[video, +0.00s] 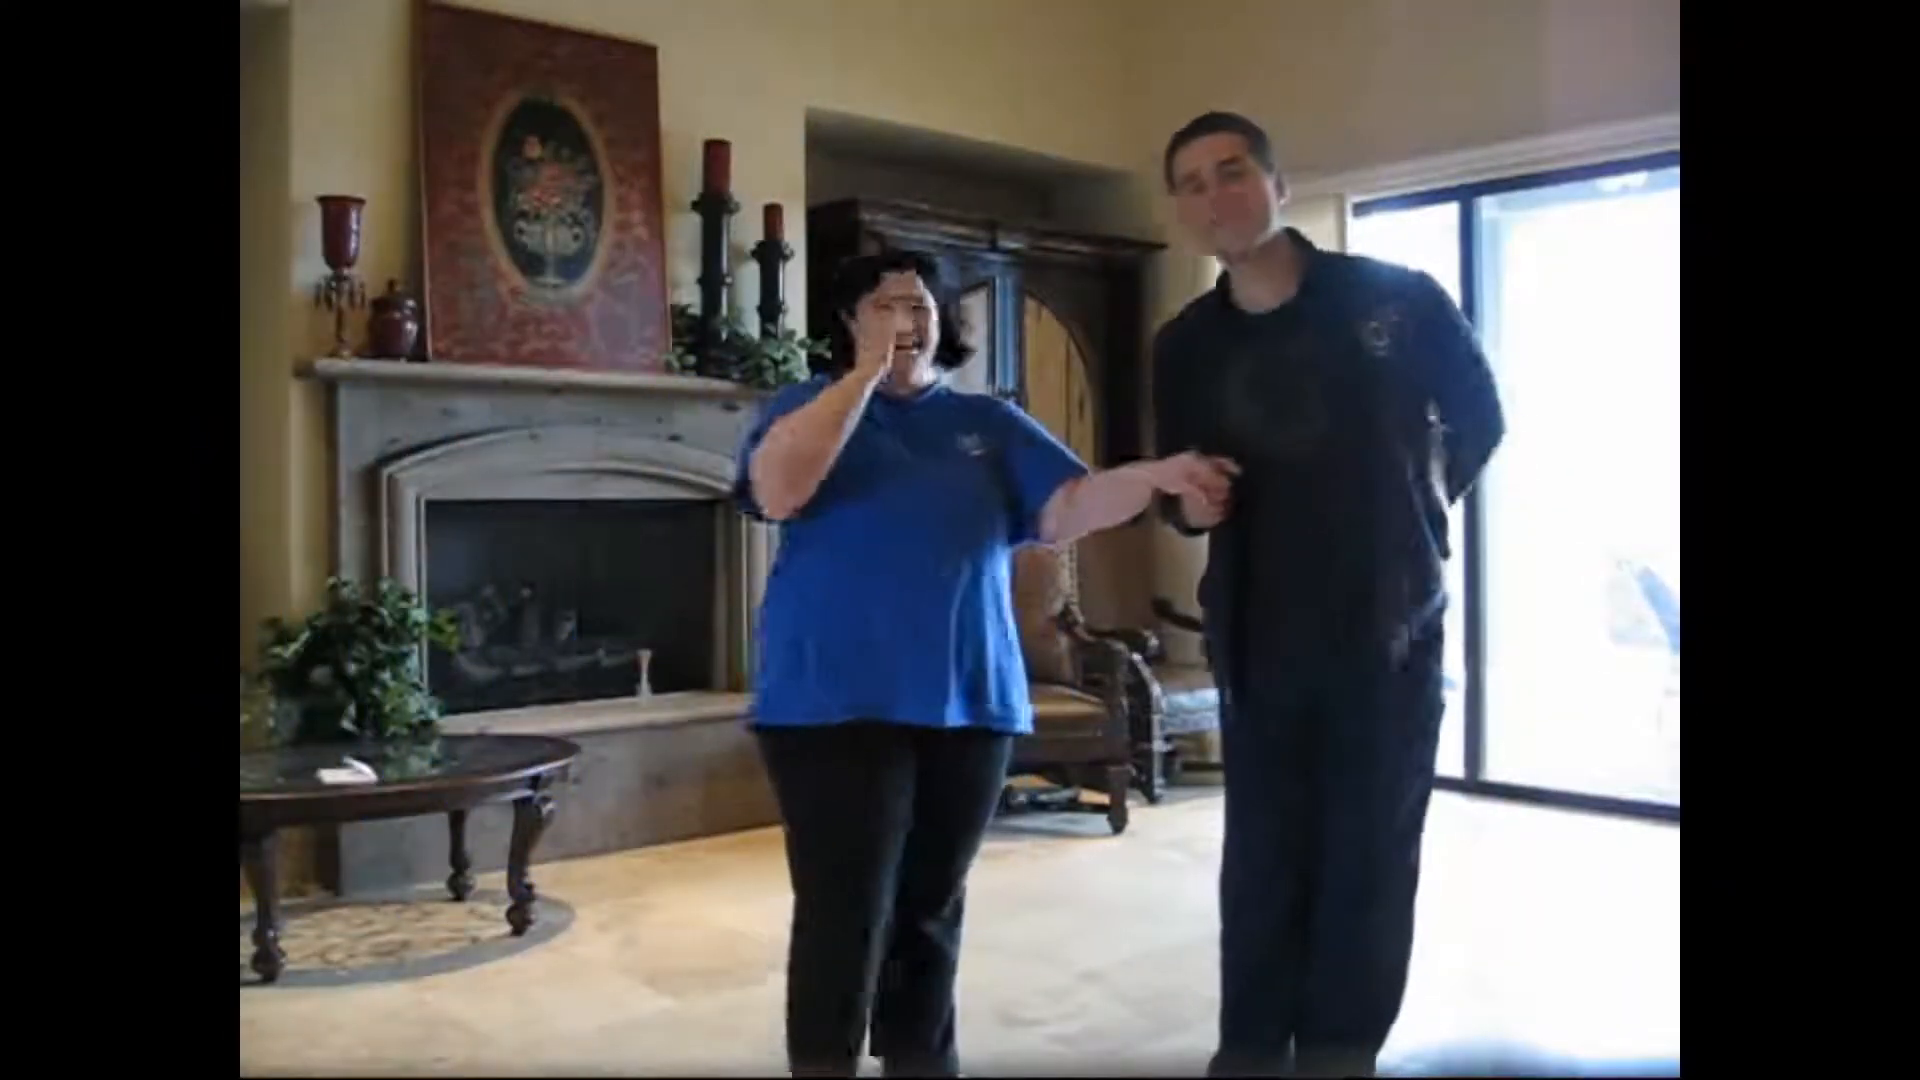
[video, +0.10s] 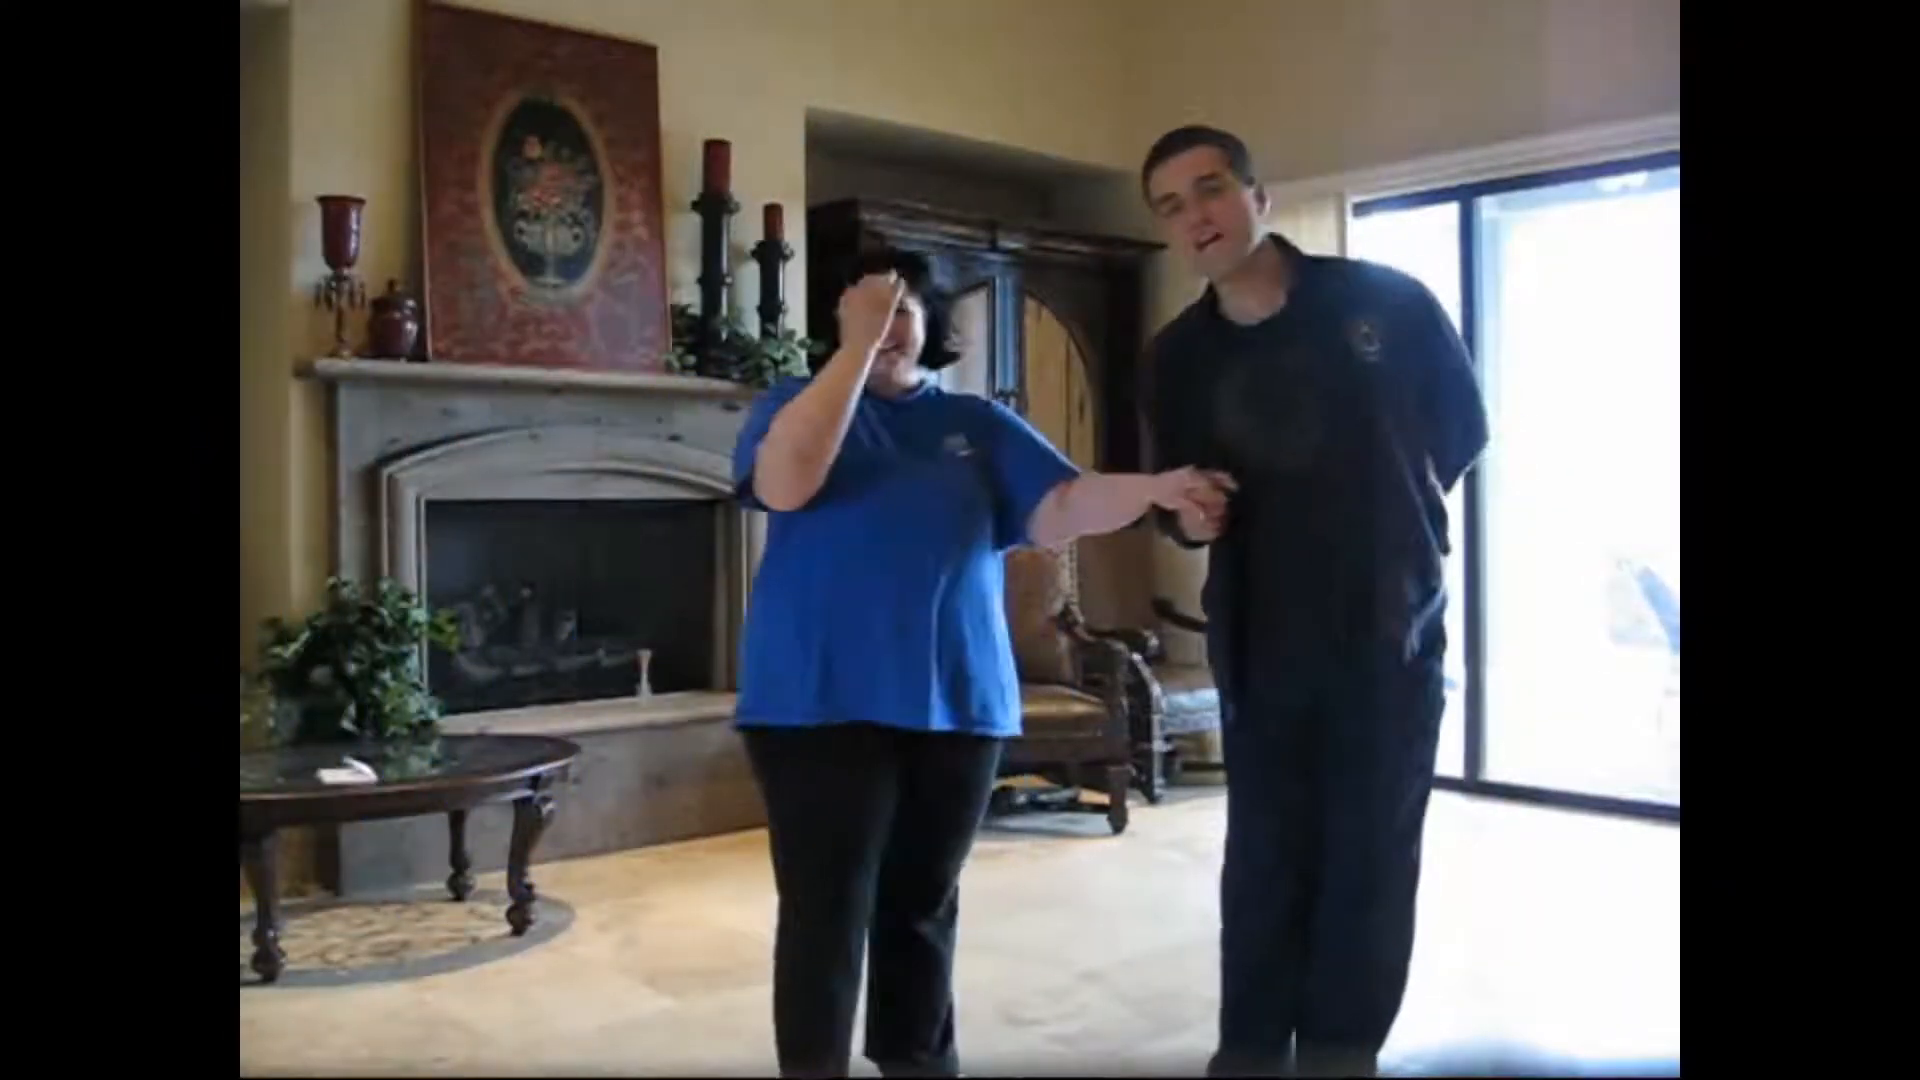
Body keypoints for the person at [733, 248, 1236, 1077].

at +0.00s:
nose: (906, 319)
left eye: (918, 306)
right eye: (887, 305)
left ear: (940, 325)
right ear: (852, 322)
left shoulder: (982, 418)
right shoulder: (804, 411)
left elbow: (1063, 507)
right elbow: (777, 492)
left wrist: (1157, 475)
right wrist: (861, 378)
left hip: (967, 704)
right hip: (832, 702)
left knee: (930, 917)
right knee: (845, 915)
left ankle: (919, 1067)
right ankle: (824, 1066)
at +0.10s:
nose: (888, 330)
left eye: (903, 315)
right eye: (871, 313)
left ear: (929, 329)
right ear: (838, 326)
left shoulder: (971, 421)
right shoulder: (794, 409)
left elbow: (1059, 503)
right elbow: (784, 486)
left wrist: (1157, 488)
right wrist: (852, 351)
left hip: (955, 710)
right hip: (817, 707)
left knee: (923, 915)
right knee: (825, 919)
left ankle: (915, 1066)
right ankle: (814, 1070)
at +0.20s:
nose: (863, 329)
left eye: (882, 313)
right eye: (849, 310)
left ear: (913, 326)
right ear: (825, 319)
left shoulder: (959, 420)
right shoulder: (778, 404)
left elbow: (1047, 503)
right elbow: (787, 474)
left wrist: (1153, 499)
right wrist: (872, 343)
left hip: (939, 716)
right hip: (800, 712)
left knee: (917, 919)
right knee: (818, 922)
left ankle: (915, 1065)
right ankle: (815, 1069)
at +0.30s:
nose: (837, 322)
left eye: (856, 307)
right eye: (824, 307)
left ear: (899, 318)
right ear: (805, 314)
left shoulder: (947, 416)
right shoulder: (768, 395)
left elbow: (1038, 505)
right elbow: (802, 462)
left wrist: (1154, 506)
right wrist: (889, 352)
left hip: (927, 709)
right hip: (788, 703)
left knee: (914, 917)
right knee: (808, 920)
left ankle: (913, 1064)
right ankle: (812, 1067)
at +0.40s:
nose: (822, 327)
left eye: (843, 312)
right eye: (811, 311)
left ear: (889, 321)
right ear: (795, 315)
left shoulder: (937, 418)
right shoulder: (761, 394)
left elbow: (1028, 505)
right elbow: (805, 465)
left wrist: (1146, 512)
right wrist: (890, 357)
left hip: (917, 713)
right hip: (776, 707)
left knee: (910, 921)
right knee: (803, 924)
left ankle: (911, 1066)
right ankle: (810, 1070)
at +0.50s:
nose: (815, 325)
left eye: (837, 311)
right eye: (803, 309)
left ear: (883, 324)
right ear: (787, 315)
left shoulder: (930, 418)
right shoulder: (756, 396)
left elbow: (1021, 507)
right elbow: (791, 478)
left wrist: (1137, 517)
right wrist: (876, 381)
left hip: (911, 714)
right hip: (773, 708)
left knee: (906, 923)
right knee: (800, 927)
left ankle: (911, 1068)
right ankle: (811, 1070)